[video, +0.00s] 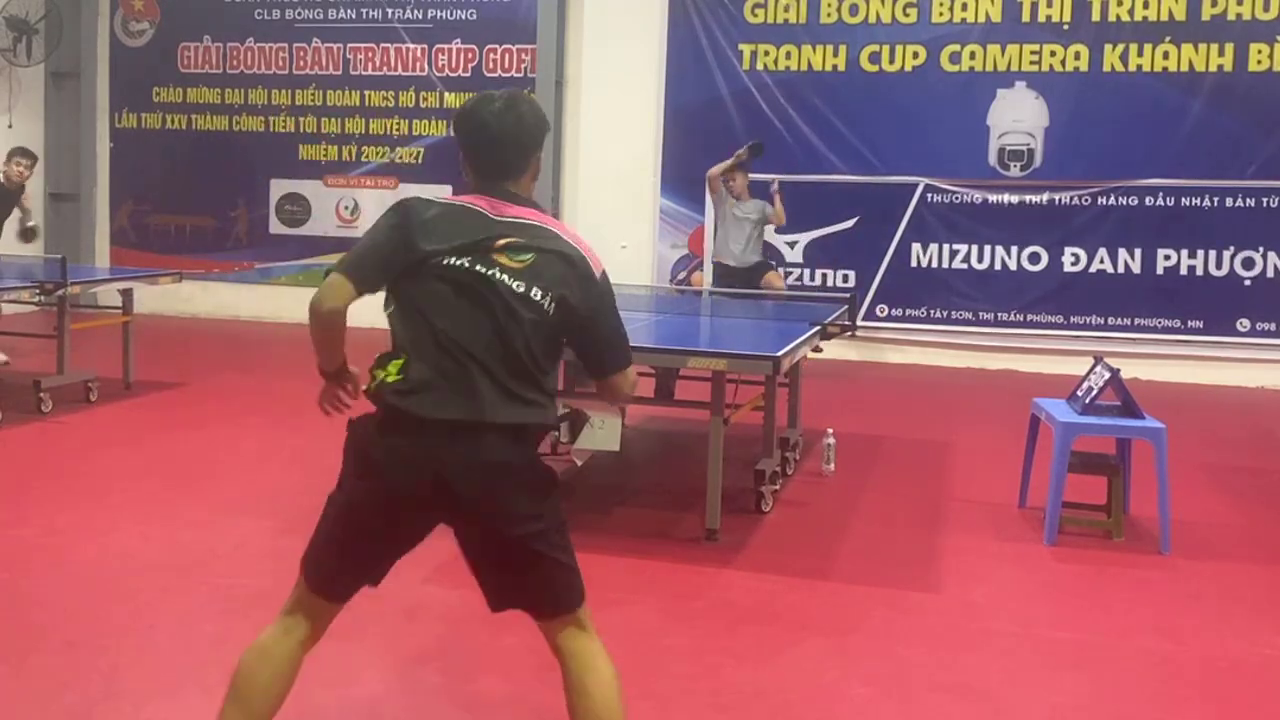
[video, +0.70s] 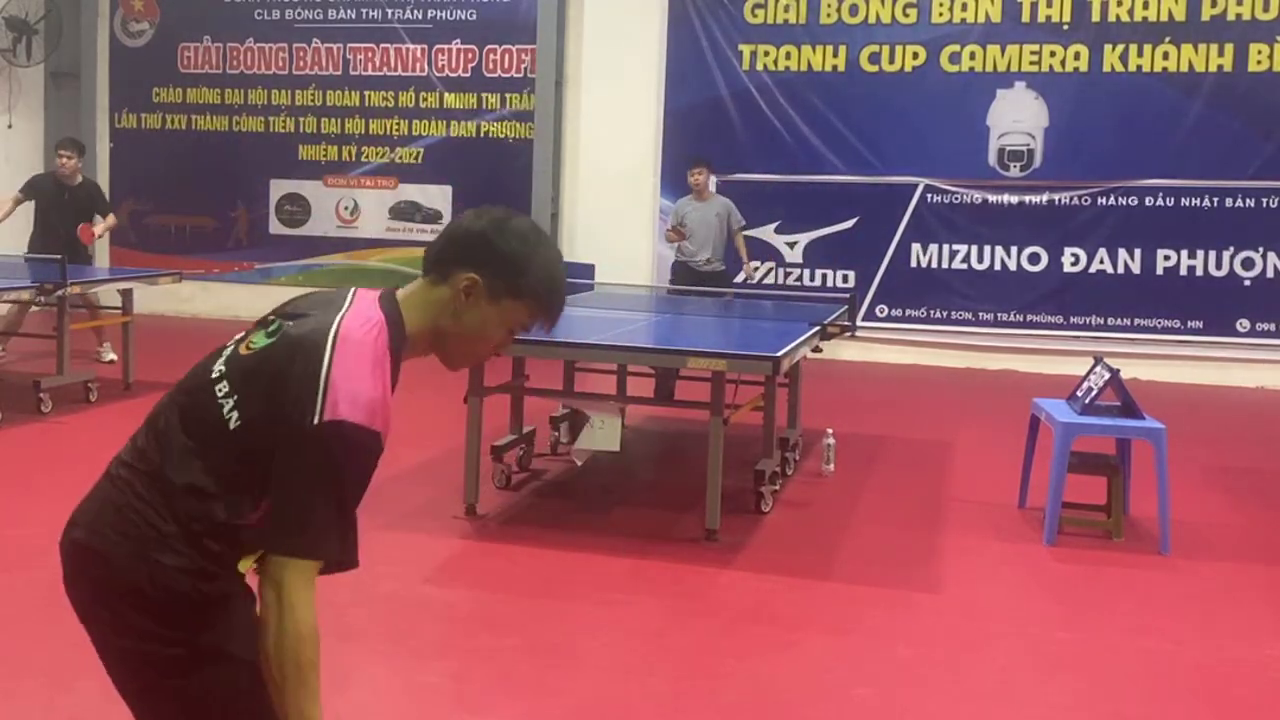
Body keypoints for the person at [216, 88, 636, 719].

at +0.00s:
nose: (541, 162)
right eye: (540, 153)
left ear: (463, 159)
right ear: (535, 163)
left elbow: (327, 303)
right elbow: (617, 384)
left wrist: (333, 369)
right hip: (504, 463)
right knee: (573, 632)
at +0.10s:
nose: (561, 204)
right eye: (561, 194)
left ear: (479, 200)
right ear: (552, 205)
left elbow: (334, 391)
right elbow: (605, 465)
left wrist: (379, 431)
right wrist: (628, 474)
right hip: (482, 534)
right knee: (563, 709)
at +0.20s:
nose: (575, 280)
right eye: (575, 267)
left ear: (488, 270)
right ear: (569, 279)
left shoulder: (437, 346)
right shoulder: (554, 385)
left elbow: (369, 446)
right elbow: (534, 533)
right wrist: (619, 616)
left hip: (343, 588)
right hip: (445, 607)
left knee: (309, 714)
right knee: (569, 715)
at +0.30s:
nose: (564, 289)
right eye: (565, 277)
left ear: (476, 277)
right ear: (555, 291)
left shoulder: (430, 347)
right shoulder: (498, 392)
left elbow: (415, 494)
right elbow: (407, 520)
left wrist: (522, 529)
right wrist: (469, 671)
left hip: (286, 607)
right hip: (370, 624)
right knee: (512, 714)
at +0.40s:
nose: (542, 288)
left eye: (543, 274)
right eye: (542, 276)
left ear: (455, 265)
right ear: (532, 286)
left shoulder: (398, 334)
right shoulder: (453, 369)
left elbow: (355, 462)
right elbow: (334, 486)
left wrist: (419, 547)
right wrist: (379, 641)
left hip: (206, 564)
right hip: (274, 582)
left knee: (259, 703)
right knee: (421, 708)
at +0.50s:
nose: (515, 322)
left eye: (524, 307)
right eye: (523, 306)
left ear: (441, 271)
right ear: (505, 301)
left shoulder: (373, 330)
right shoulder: (402, 381)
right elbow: (296, 520)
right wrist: (354, 687)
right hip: (202, 576)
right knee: (306, 704)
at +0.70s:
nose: (502, 351)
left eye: (517, 337)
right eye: (512, 331)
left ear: (459, 286)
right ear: (468, 290)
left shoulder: (343, 313)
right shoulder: (348, 382)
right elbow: (286, 581)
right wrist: (304, 714)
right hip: (149, 566)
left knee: (259, 702)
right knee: (241, 712)